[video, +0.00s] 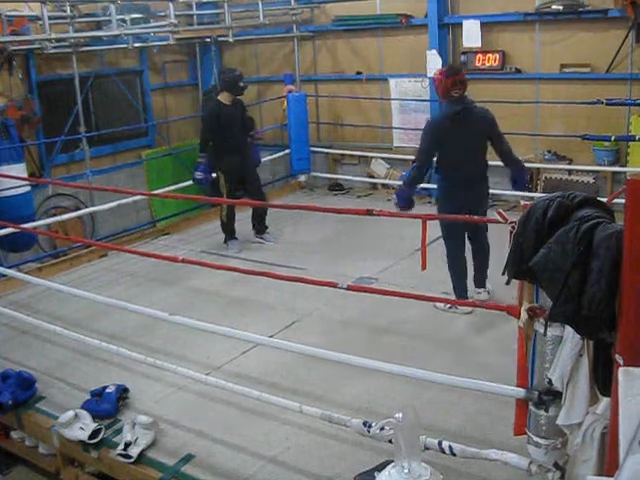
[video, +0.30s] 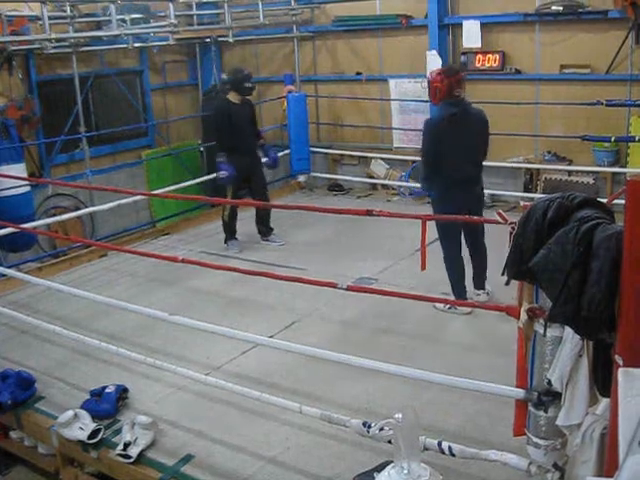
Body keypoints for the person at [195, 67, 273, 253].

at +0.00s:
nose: (243, 86)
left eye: (242, 82)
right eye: (239, 83)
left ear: (229, 85)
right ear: (229, 85)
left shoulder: (239, 105)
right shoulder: (212, 109)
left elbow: (245, 129)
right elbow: (206, 136)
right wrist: (203, 160)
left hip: (244, 159)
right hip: (224, 161)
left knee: (258, 196)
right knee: (228, 199)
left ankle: (260, 230)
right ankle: (230, 237)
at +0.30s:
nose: (250, 86)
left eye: (250, 82)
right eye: (246, 83)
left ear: (244, 84)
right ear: (235, 85)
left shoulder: (247, 104)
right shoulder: (222, 106)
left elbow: (254, 131)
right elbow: (219, 136)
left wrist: (265, 149)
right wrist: (221, 160)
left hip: (251, 157)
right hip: (231, 159)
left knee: (262, 196)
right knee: (231, 199)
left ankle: (266, 232)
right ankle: (230, 238)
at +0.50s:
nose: (258, 85)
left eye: (259, 81)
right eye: (253, 82)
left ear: (260, 82)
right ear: (243, 84)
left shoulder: (258, 104)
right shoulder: (235, 106)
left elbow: (265, 124)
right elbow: (233, 133)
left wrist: (274, 136)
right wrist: (240, 154)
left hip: (261, 154)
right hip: (244, 156)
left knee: (266, 197)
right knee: (241, 198)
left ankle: (266, 233)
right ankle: (232, 237)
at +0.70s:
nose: (269, 89)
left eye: (271, 85)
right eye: (264, 85)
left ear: (274, 85)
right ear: (256, 86)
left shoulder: (269, 104)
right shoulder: (246, 104)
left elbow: (279, 125)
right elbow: (242, 132)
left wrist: (295, 135)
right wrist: (255, 148)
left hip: (268, 154)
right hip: (251, 156)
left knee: (270, 196)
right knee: (257, 197)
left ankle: (266, 234)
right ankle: (240, 233)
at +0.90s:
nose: (279, 87)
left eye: (281, 83)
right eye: (275, 83)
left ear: (283, 84)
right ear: (266, 85)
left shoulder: (281, 103)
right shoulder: (253, 105)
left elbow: (294, 123)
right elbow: (251, 131)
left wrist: (310, 129)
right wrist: (266, 141)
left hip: (273, 153)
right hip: (255, 154)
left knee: (275, 196)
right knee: (269, 197)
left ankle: (271, 233)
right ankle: (266, 236)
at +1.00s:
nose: (285, 88)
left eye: (286, 84)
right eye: (280, 85)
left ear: (288, 85)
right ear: (271, 87)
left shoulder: (288, 103)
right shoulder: (260, 106)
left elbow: (302, 125)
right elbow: (257, 135)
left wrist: (316, 125)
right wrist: (270, 138)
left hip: (280, 154)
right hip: (261, 156)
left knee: (278, 194)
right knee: (274, 195)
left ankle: (265, 231)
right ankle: (287, 236)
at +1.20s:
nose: (294, 92)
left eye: (296, 88)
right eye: (289, 89)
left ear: (299, 89)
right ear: (280, 91)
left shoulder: (300, 106)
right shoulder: (270, 109)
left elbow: (318, 126)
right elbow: (272, 137)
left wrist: (327, 115)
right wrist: (286, 126)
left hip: (294, 160)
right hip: (276, 161)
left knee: (296, 201)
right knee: (288, 201)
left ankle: (274, 225)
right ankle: (297, 240)